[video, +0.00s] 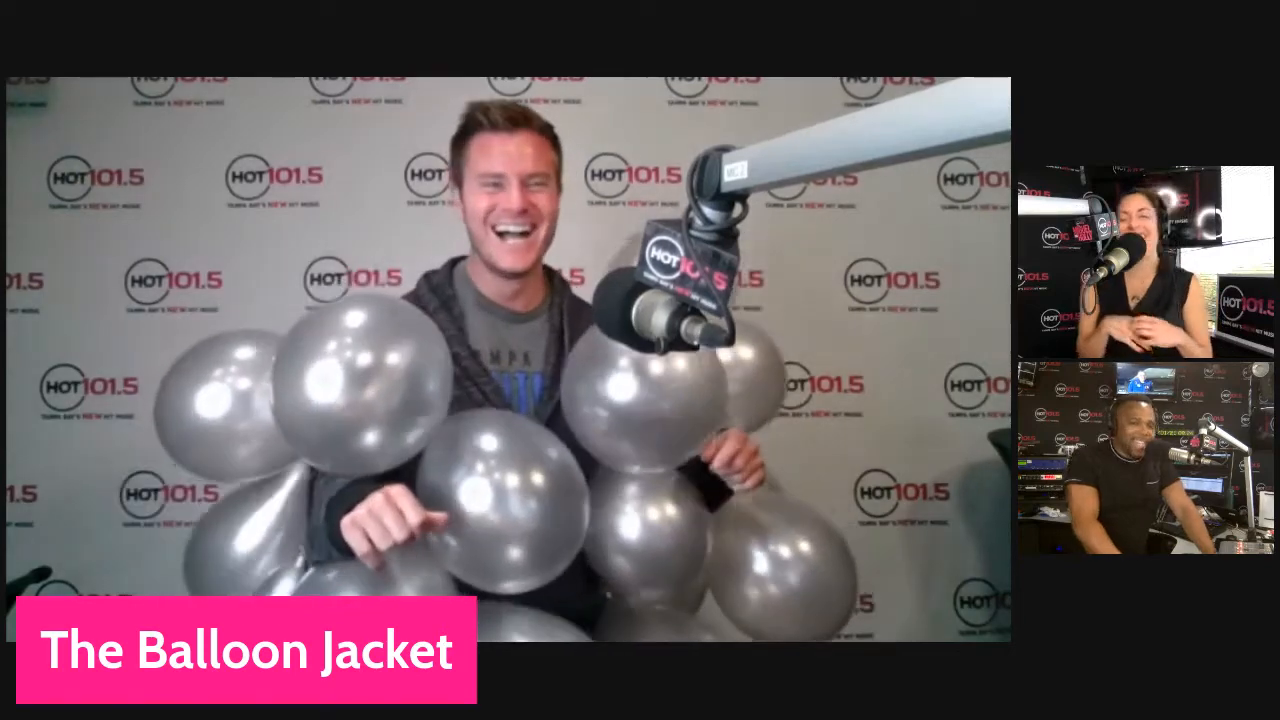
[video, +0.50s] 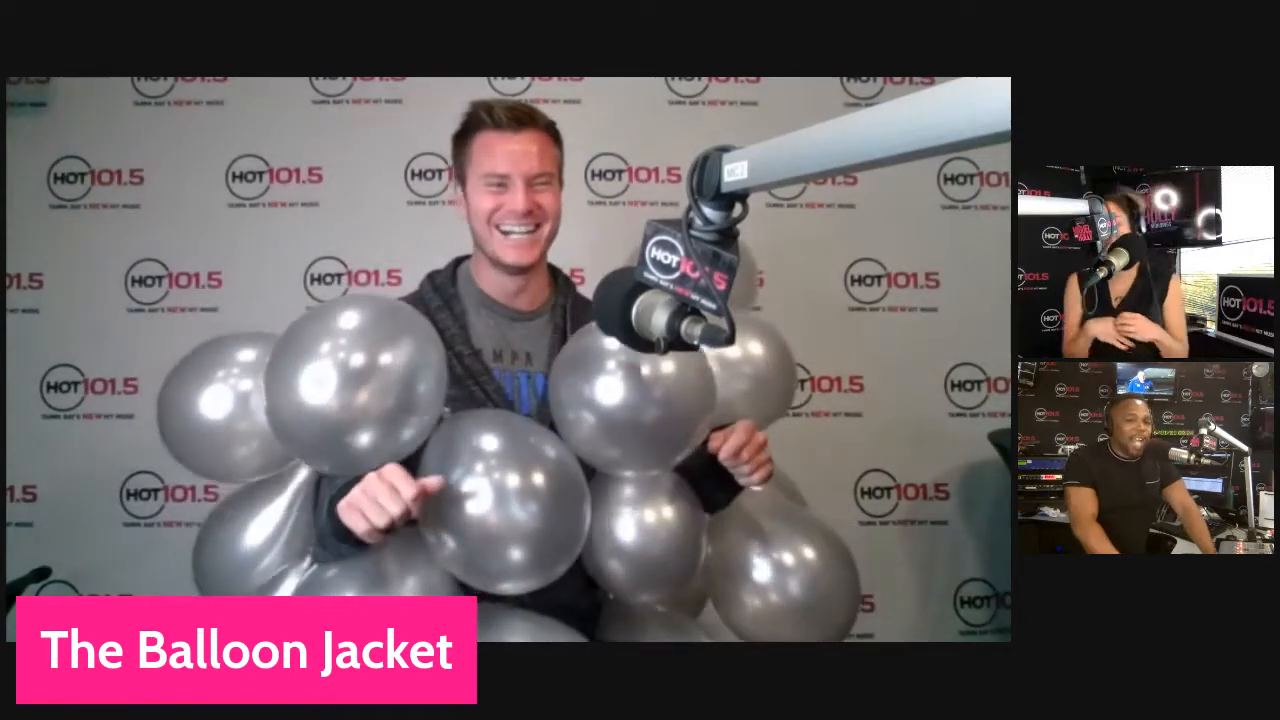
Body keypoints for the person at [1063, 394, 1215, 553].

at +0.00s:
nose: (1144, 432)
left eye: (1150, 425)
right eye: (1134, 423)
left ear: (1155, 430)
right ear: (1113, 428)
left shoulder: (1156, 457)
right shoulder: (1087, 459)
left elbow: (1184, 509)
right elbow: (1085, 525)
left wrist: (1210, 552)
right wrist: (1120, 561)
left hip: (1140, 555)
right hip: (1095, 557)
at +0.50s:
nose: (1141, 428)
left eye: (1146, 421)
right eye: (1130, 420)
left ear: (1152, 427)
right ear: (1110, 427)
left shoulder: (1156, 458)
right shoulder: (1085, 461)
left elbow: (1187, 508)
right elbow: (1084, 525)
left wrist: (1211, 553)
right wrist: (1120, 564)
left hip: (1140, 557)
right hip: (1094, 559)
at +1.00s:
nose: (1142, 434)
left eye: (1148, 427)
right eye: (1132, 426)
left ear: (1154, 429)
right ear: (1111, 428)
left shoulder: (1156, 457)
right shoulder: (1086, 460)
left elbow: (1186, 507)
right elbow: (1085, 523)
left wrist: (1210, 552)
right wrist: (1118, 562)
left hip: (1142, 557)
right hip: (1097, 558)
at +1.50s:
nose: (1143, 429)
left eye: (1149, 422)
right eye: (1133, 422)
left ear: (1154, 426)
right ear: (1112, 426)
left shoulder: (1157, 457)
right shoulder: (1086, 460)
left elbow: (1186, 507)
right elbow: (1086, 524)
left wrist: (1210, 553)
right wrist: (1120, 564)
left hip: (1142, 558)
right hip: (1097, 561)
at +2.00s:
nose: (1144, 432)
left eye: (1150, 425)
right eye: (1134, 424)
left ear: (1156, 427)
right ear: (1114, 426)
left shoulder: (1156, 457)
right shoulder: (1087, 460)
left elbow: (1186, 507)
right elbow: (1086, 524)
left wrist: (1210, 551)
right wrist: (1119, 559)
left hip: (1142, 555)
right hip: (1098, 555)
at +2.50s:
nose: (1139, 433)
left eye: (1145, 425)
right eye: (1130, 425)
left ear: (1151, 428)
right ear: (1111, 428)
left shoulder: (1157, 458)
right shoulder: (1088, 461)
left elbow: (1187, 508)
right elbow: (1088, 524)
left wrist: (1211, 553)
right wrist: (1122, 563)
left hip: (1143, 555)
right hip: (1098, 557)